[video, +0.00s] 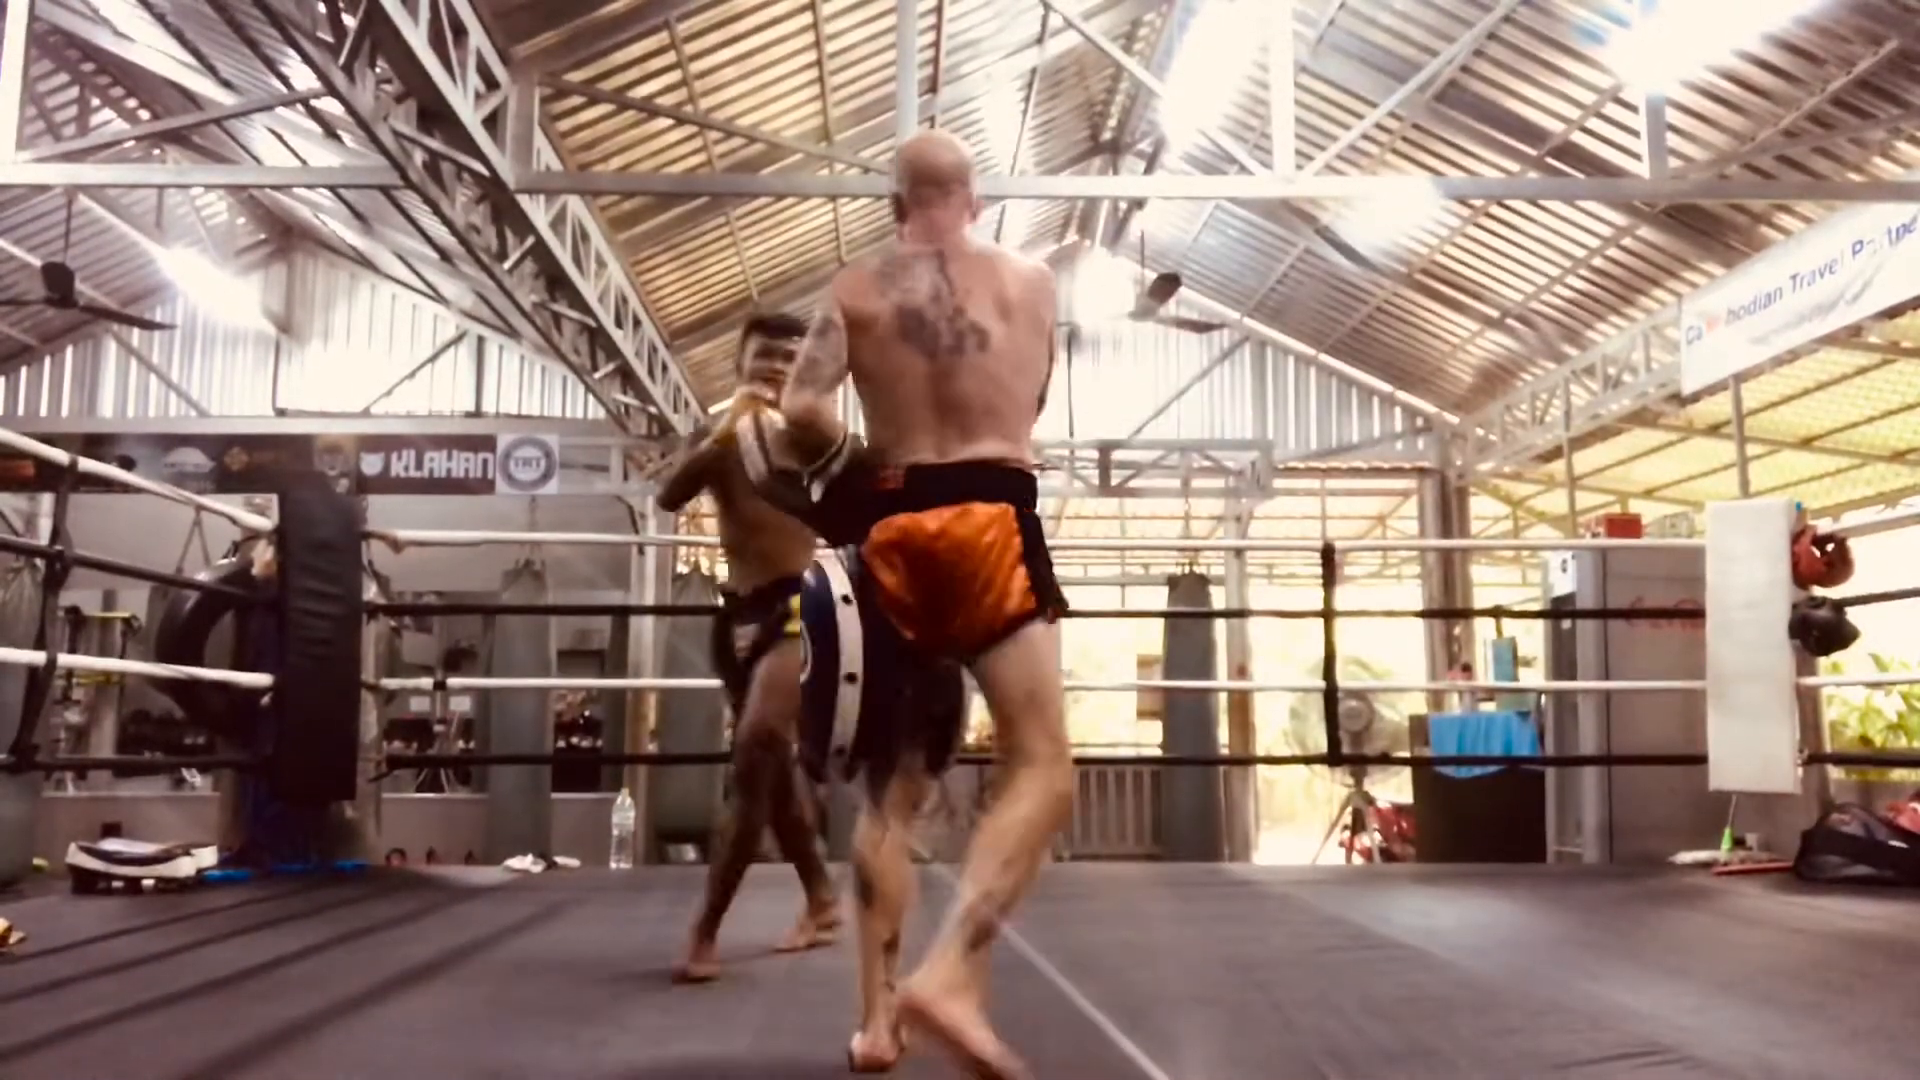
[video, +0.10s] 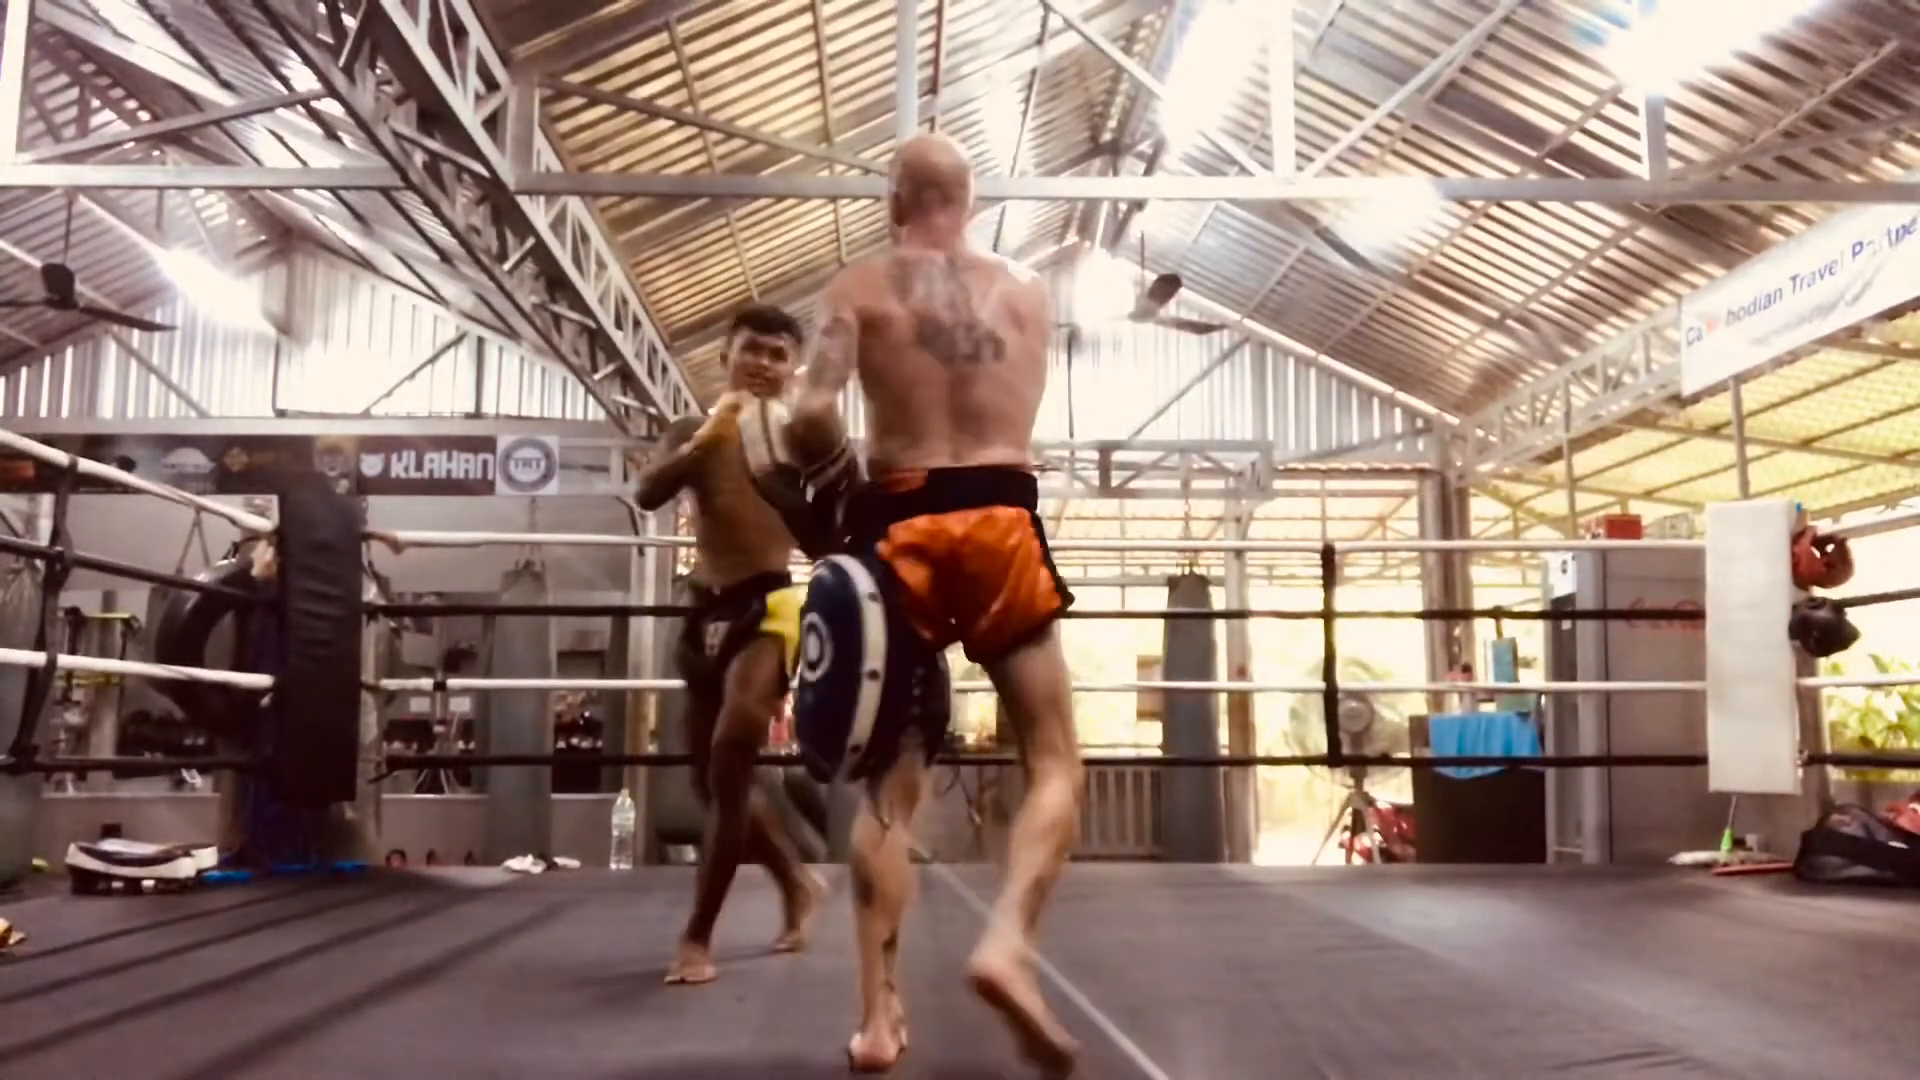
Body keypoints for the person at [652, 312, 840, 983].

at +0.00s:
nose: (772, 368)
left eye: (785, 359)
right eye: (764, 356)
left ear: (803, 372)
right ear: (741, 363)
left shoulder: (813, 435)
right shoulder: (718, 435)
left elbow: (850, 498)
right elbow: (669, 497)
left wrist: (785, 452)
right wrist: (724, 438)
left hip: (799, 602)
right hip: (740, 609)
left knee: (754, 756)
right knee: (770, 759)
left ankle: (705, 930)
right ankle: (821, 896)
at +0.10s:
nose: (762, 363)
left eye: (776, 355)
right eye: (752, 349)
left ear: (794, 367)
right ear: (728, 355)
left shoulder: (803, 429)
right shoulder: (703, 430)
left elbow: (827, 536)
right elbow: (646, 493)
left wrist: (779, 468)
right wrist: (706, 439)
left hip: (772, 598)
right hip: (710, 605)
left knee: (731, 765)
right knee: (709, 773)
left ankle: (697, 939)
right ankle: (798, 882)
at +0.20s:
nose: (749, 361)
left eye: (763, 352)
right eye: (738, 346)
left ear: (779, 364)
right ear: (713, 350)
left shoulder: (783, 435)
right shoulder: (677, 423)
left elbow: (803, 524)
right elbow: (637, 495)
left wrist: (790, 450)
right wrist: (695, 449)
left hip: (751, 605)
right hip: (686, 601)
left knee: (724, 770)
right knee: (648, 770)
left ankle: (697, 938)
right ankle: (737, 873)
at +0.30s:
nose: (735, 369)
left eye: (749, 358)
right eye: (726, 351)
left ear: (763, 366)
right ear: (697, 344)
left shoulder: (768, 434)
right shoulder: (661, 414)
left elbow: (780, 518)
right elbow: (645, 491)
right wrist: (713, 441)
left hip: (736, 607)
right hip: (667, 598)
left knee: (718, 778)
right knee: (611, 752)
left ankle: (699, 938)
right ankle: (655, 907)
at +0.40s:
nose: (717, 378)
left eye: (731, 369)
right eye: (709, 358)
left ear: (749, 369)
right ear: (689, 340)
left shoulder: (754, 432)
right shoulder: (642, 404)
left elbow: (775, 513)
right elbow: (651, 478)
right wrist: (726, 423)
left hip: (715, 605)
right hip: (642, 597)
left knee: (707, 776)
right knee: (592, 762)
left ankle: (696, 941)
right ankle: (567, 946)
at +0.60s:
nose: (687, 347)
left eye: (698, 338)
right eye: (678, 329)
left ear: (704, 344)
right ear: (642, 319)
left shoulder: (685, 422)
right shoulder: (593, 386)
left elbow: (708, 502)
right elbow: (651, 430)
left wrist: (740, 549)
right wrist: (744, 393)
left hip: (667, 598)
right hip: (591, 595)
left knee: (679, 777)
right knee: (558, 779)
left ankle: (688, 940)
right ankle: (533, 963)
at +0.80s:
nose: (627, 320)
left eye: (634, 310)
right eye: (615, 303)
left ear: (636, 314)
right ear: (569, 297)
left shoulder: (628, 393)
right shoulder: (533, 371)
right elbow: (603, 409)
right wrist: (725, 377)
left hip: (628, 588)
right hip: (549, 587)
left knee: (662, 768)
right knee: (532, 783)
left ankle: (646, 917)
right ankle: (529, 965)